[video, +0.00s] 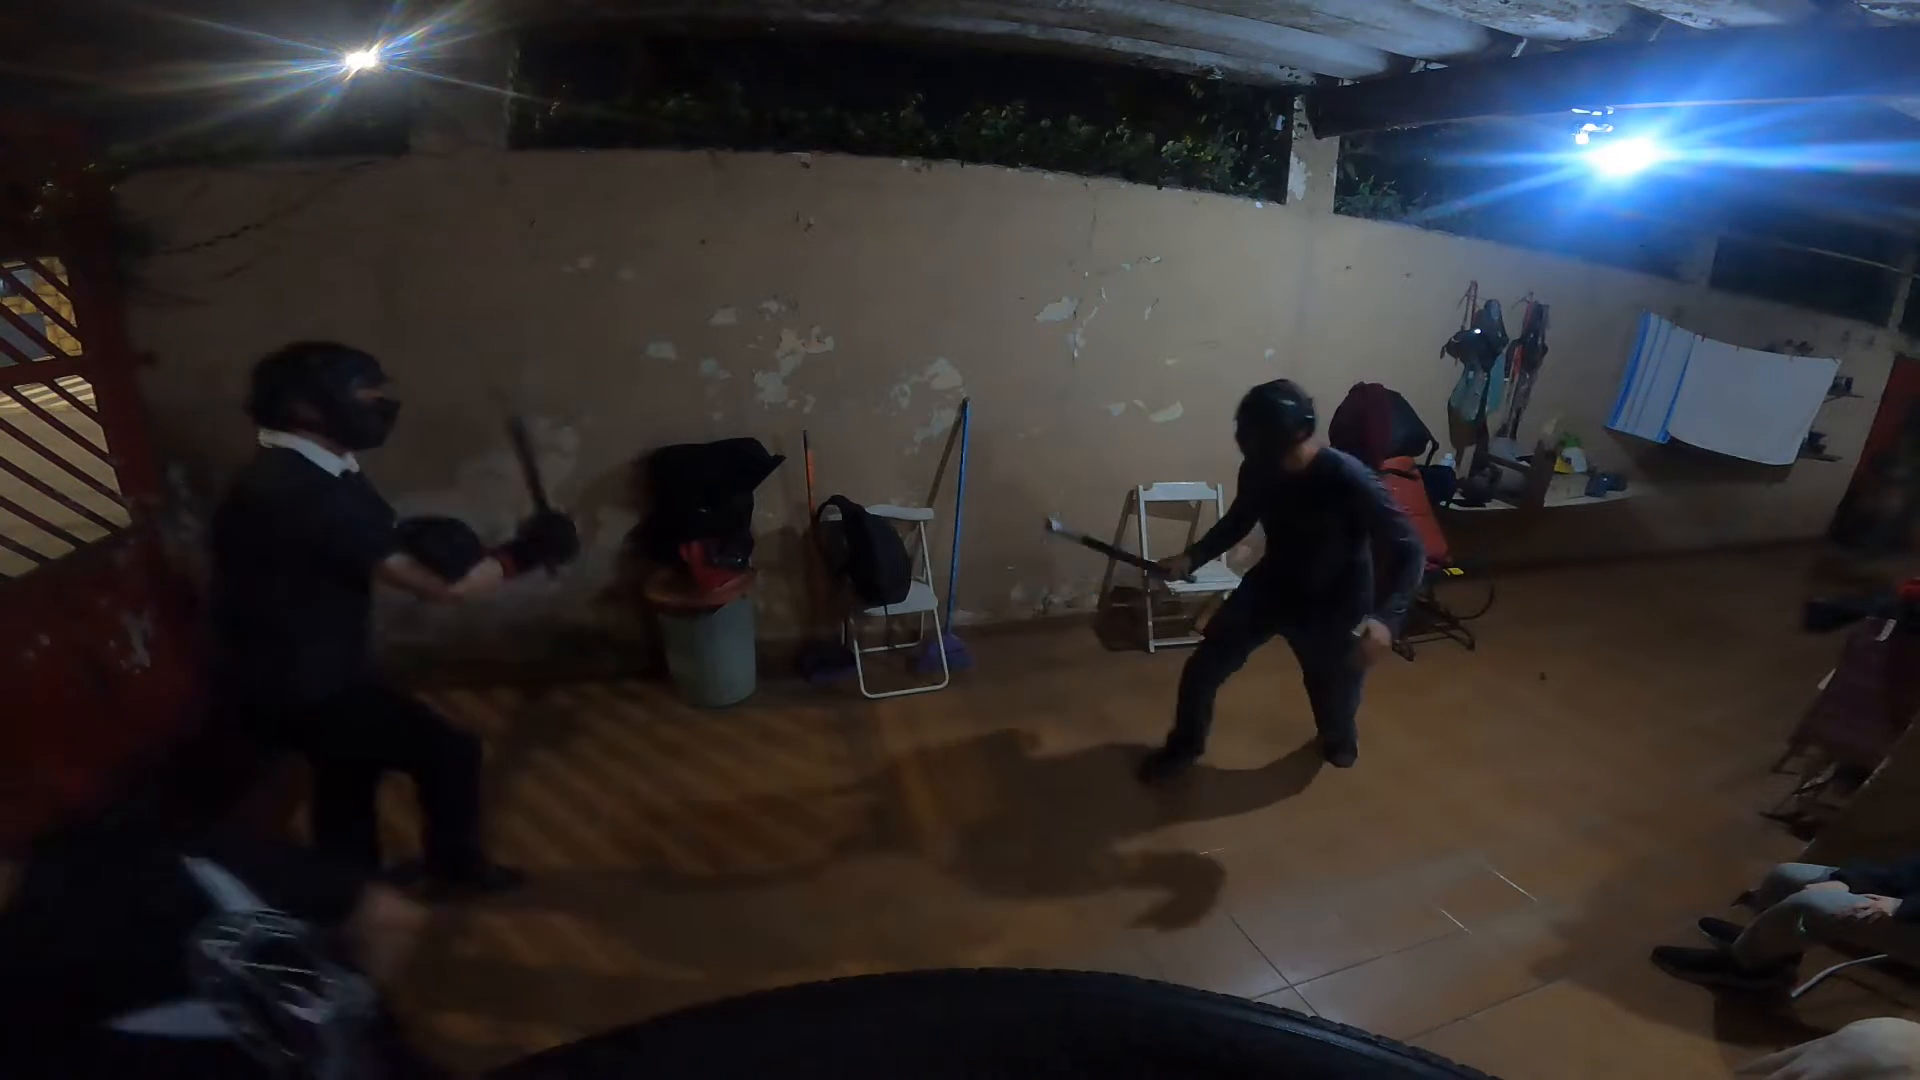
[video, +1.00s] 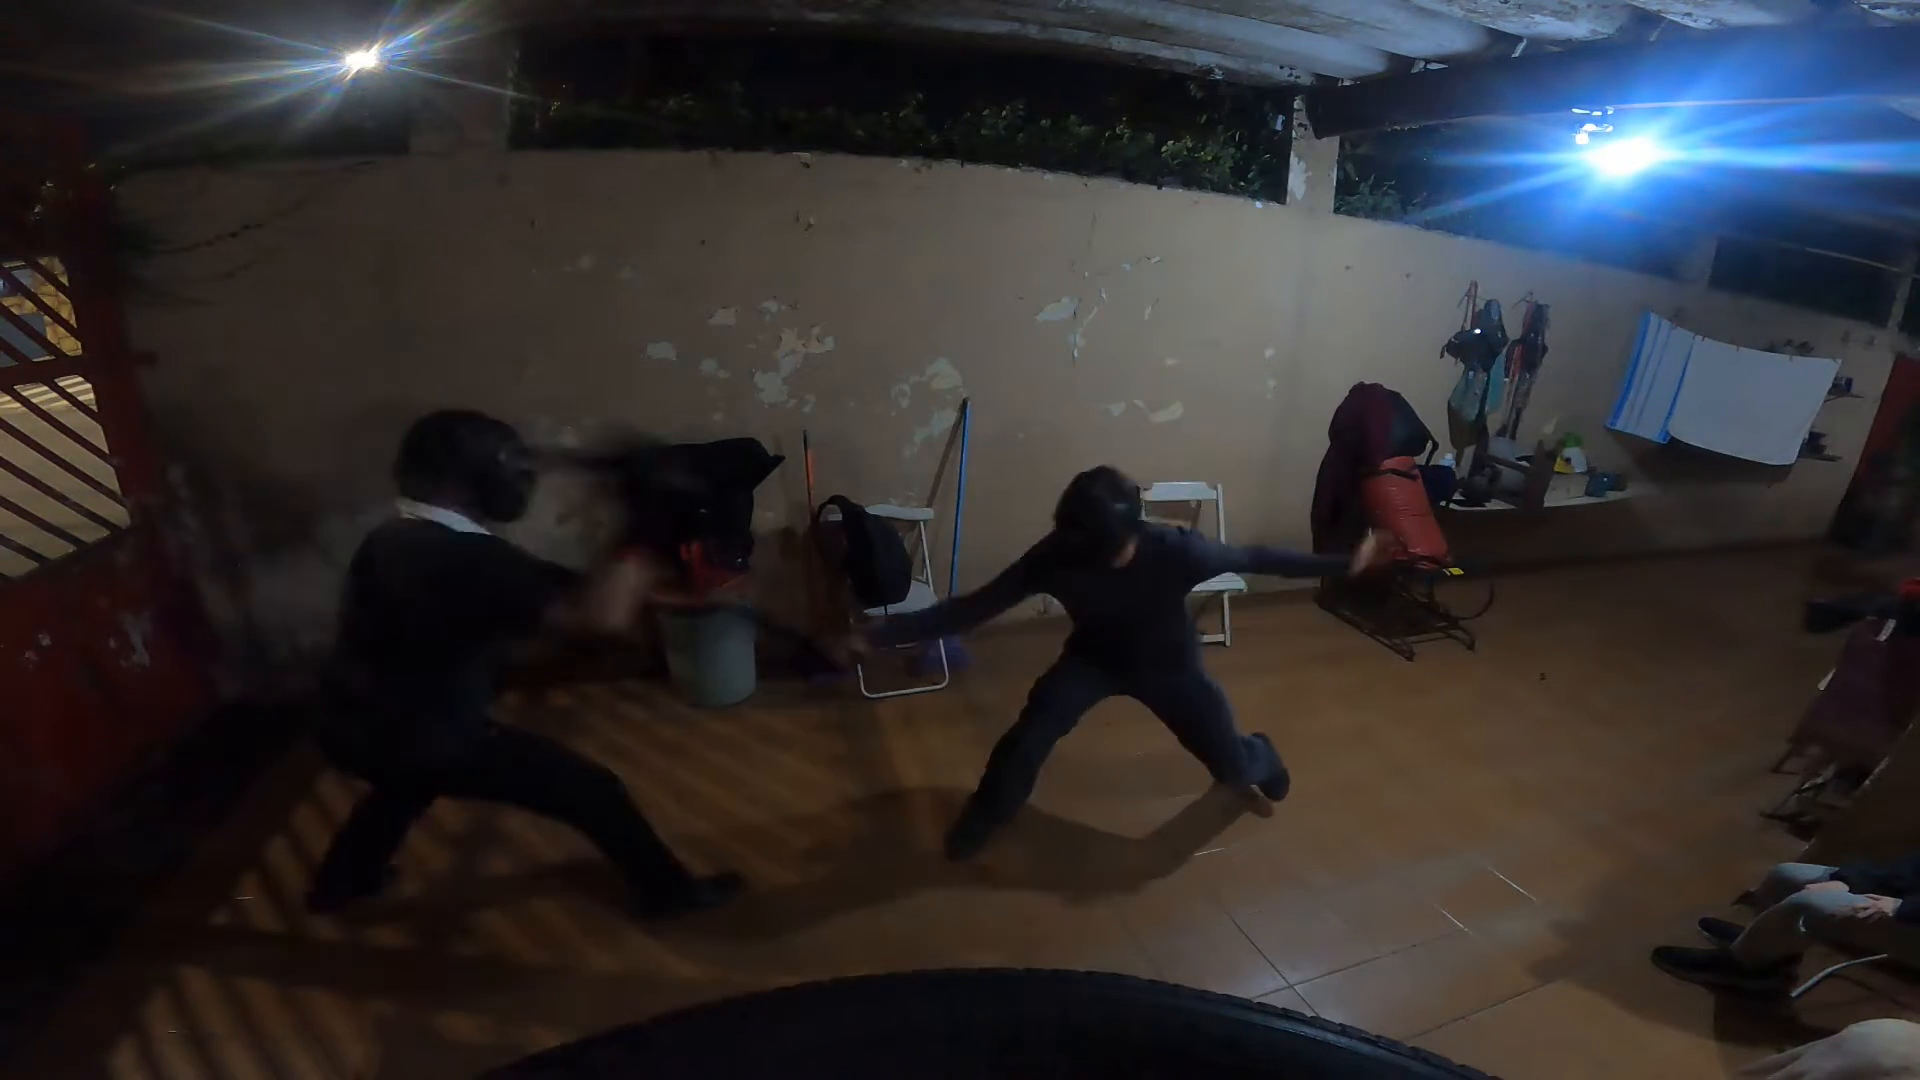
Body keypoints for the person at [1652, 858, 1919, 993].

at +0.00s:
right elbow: (1910, 872)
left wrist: (1903, 908)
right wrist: (1848, 878)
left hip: (1912, 923)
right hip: (1904, 893)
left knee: (1807, 905)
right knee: (1785, 877)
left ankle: (1740, 961)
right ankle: (1756, 944)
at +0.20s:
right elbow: (1910, 871)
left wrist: (1903, 909)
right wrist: (1847, 878)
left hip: (1912, 923)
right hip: (1904, 892)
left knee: (1807, 905)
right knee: (1785, 877)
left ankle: (1739, 961)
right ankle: (1757, 944)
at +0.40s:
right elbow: (1911, 870)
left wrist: (1903, 908)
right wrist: (1847, 878)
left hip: (1911, 921)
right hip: (1903, 890)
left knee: (1806, 905)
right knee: (1785, 877)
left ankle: (1740, 960)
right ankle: (1757, 943)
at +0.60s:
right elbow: (1909, 869)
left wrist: (1903, 908)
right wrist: (1846, 879)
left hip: (1909, 919)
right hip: (1901, 890)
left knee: (1805, 904)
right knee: (1785, 876)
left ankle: (1738, 961)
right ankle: (1756, 942)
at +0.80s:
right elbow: (1910, 870)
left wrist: (1904, 909)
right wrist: (1846, 879)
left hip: (1911, 922)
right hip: (1903, 893)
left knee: (1806, 905)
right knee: (1785, 876)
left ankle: (1738, 962)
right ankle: (1756, 942)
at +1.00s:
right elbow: (1910, 870)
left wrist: (1904, 909)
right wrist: (1845, 879)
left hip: (1911, 922)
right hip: (1903, 893)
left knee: (1805, 906)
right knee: (1785, 876)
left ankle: (1738, 962)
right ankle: (1755, 942)